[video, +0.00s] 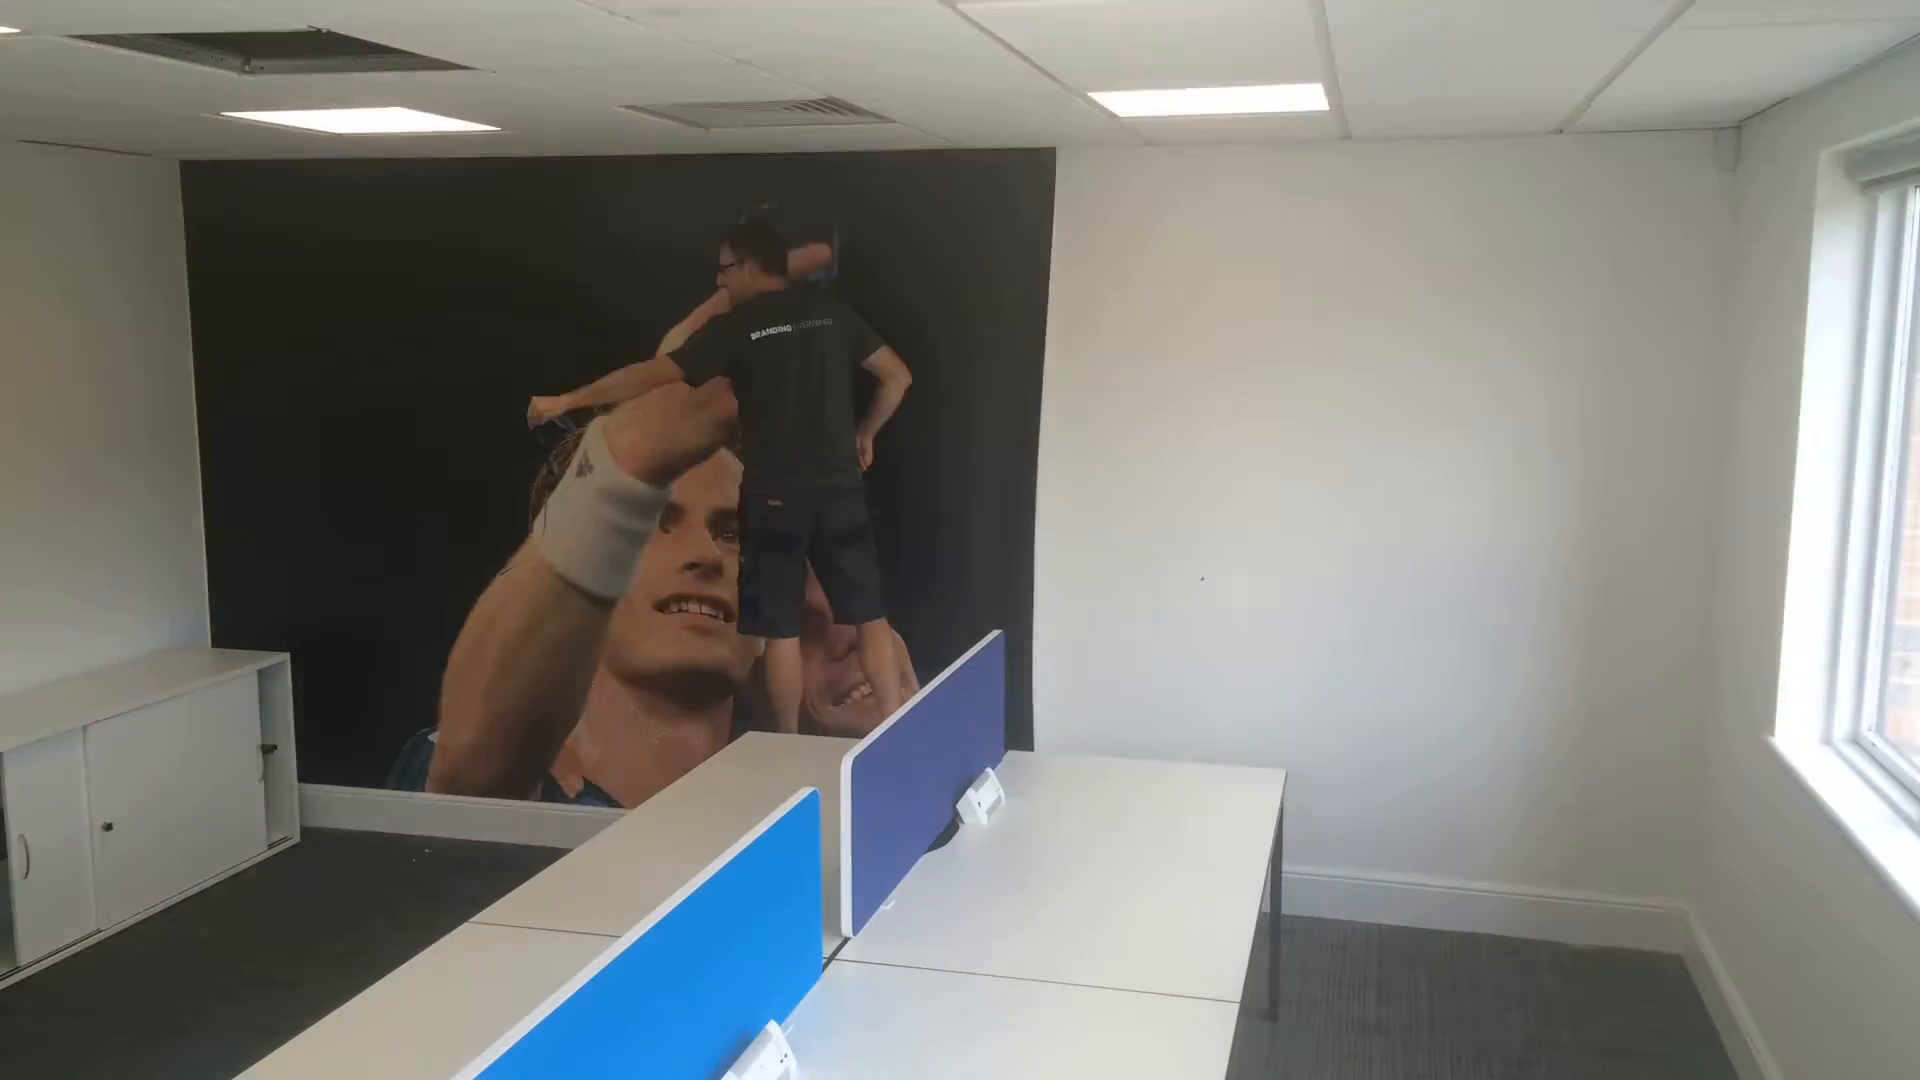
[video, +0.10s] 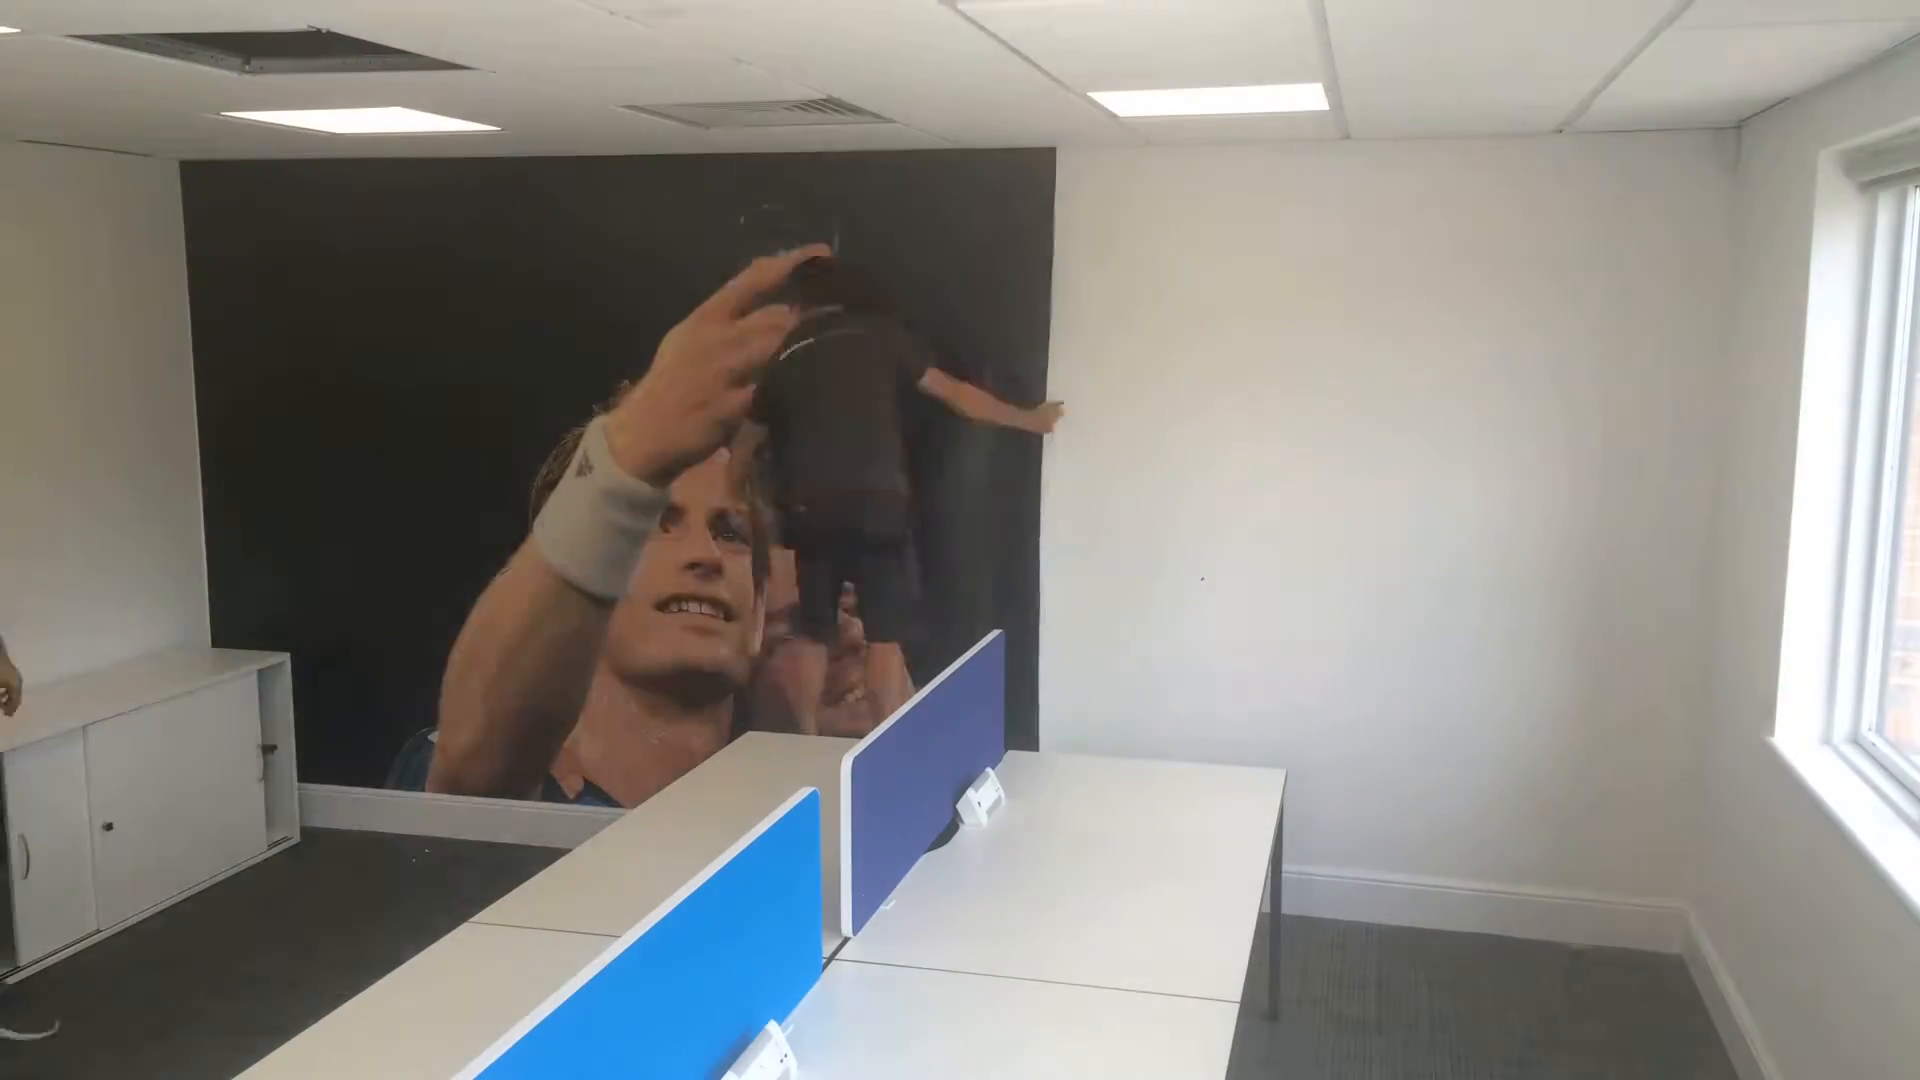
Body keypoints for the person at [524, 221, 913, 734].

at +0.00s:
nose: (721, 281)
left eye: (726, 268)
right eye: (719, 270)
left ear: (753, 268)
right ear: (779, 267)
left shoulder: (735, 329)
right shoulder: (835, 312)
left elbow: (652, 373)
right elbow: (897, 376)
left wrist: (569, 401)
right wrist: (868, 431)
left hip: (775, 496)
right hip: (841, 491)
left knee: (781, 625)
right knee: (870, 615)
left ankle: (785, 749)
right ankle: (897, 733)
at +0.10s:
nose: (789, 316)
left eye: (793, 307)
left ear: (801, 307)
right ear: (861, 298)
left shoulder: (784, 362)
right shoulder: (883, 339)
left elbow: (744, 449)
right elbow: (957, 396)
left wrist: (733, 499)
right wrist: (1028, 419)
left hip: (810, 509)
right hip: (880, 507)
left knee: (812, 628)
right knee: (886, 630)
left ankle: (805, 741)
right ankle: (895, 749)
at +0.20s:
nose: (789, 266)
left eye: (788, 259)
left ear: (789, 265)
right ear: (842, 262)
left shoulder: (774, 330)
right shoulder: (869, 314)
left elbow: (749, 426)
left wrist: (776, 471)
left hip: (808, 496)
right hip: (876, 493)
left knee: (797, 630)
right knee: (888, 630)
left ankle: (786, 752)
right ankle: (908, 753)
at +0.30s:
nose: (878, 426)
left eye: (877, 417)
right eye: (874, 417)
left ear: (822, 421)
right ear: (854, 423)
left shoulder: (782, 478)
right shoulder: (884, 485)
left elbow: (765, 570)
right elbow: (963, 537)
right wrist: (1021, 518)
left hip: (798, 656)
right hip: (869, 661)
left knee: (804, 772)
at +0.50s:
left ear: (765, 419)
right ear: (816, 429)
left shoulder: (732, 468)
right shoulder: (829, 495)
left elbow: (718, 438)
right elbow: (864, 551)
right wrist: (841, 488)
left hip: (728, 651)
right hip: (796, 658)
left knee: (719, 780)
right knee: (804, 778)